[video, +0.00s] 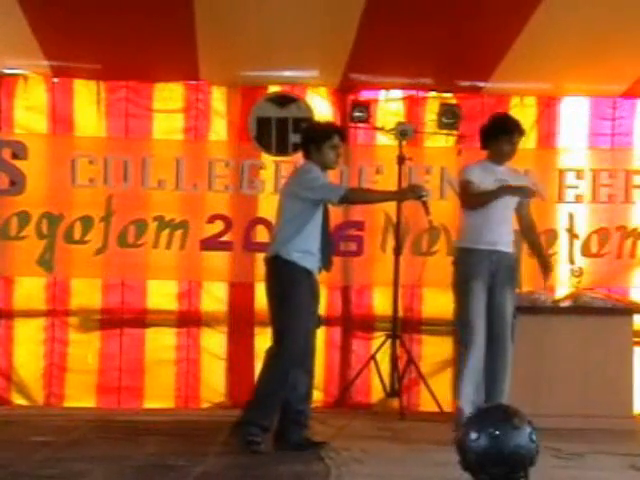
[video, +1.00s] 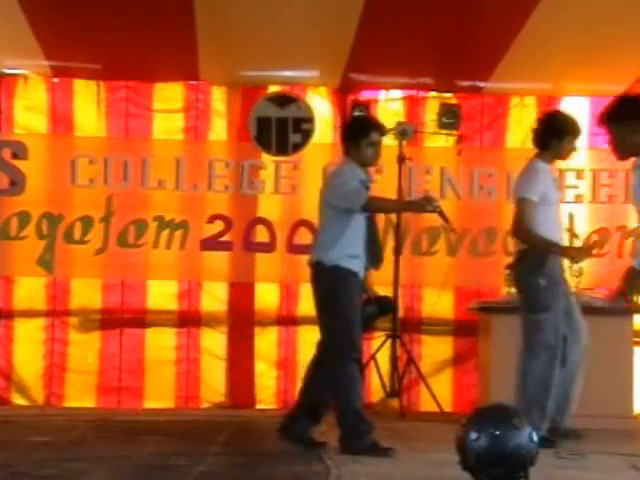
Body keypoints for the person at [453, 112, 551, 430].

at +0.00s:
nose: (513, 149)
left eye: (516, 142)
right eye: (508, 142)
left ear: (516, 144)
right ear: (493, 141)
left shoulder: (516, 178)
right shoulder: (472, 171)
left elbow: (526, 222)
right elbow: (469, 202)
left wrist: (542, 258)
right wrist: (505, 191)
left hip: (505, 257)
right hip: (474, 255)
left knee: (502, 333)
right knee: (473, 332)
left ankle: (496, 408)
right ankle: (466, 409)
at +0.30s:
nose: (531, 151)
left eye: (533, 145)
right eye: (527, 144)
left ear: (529, 145)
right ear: (509, 142)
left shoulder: (525, 179)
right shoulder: (485, 173)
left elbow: (529, 220)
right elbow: (475, 222)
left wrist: (543, 221)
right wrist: (523, 225)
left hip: (510, 256)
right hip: (484, 254)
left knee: (510, 327)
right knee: (495, 328)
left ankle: (500, 402)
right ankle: (500, 404)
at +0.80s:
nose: (558, 148)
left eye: (559, 141)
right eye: (556, 141)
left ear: (540, 140)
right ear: (541, 140)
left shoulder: (537, 174)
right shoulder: (519, 172)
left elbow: (547, 218)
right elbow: (501, 228)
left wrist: (565, 243)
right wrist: (547, 247)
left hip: (539, 263)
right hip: (523, 264)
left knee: (548, 345)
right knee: (531, 346)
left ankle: (505, 414)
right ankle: (527, 427)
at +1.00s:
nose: (573, 149)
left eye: (575, 142)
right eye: (571, 141)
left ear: (554, 140)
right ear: (555, 140)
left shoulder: (546, 174)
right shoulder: (535, 172)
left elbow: (539, 232)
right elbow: (520, 228)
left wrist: (580, 248)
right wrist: (566, 251)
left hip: (549, 266)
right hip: (536, 267)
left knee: (573, 338)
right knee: (544, 342)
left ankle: (555, 421)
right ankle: (533, 425)